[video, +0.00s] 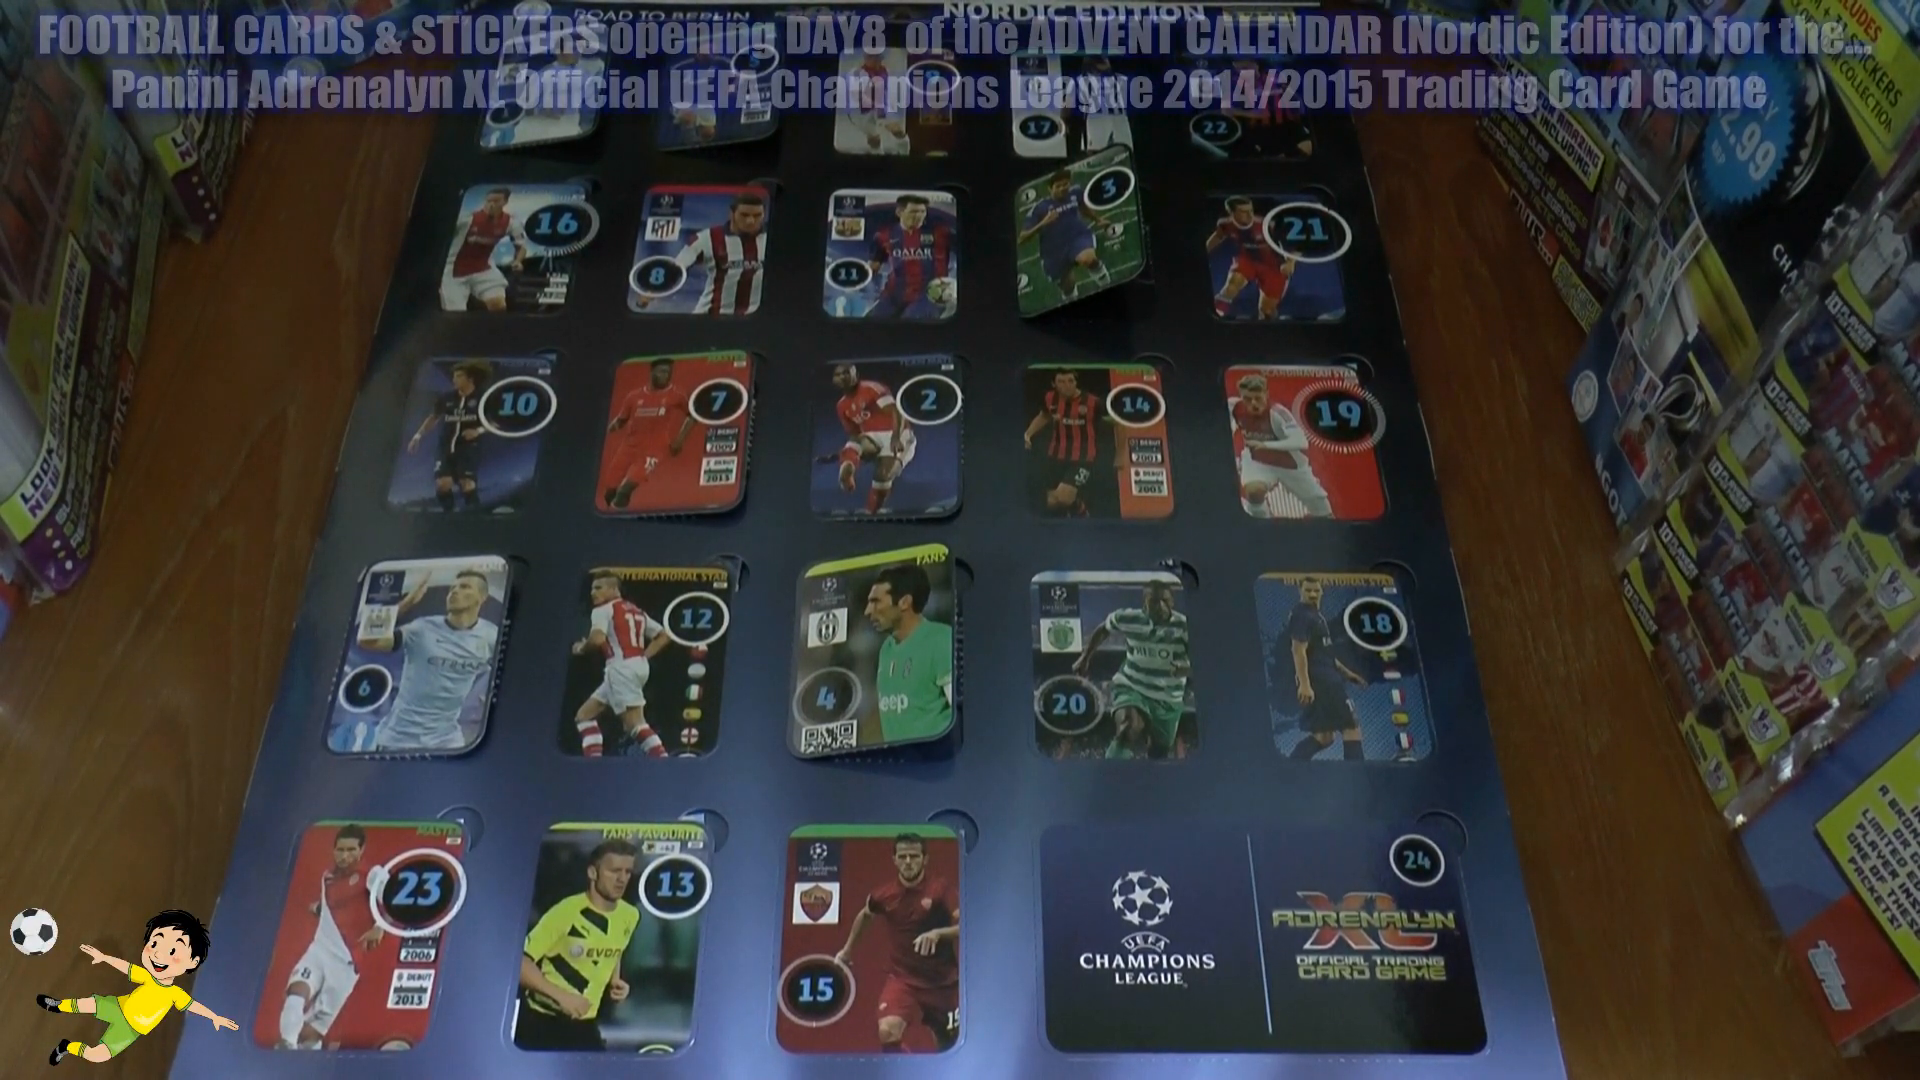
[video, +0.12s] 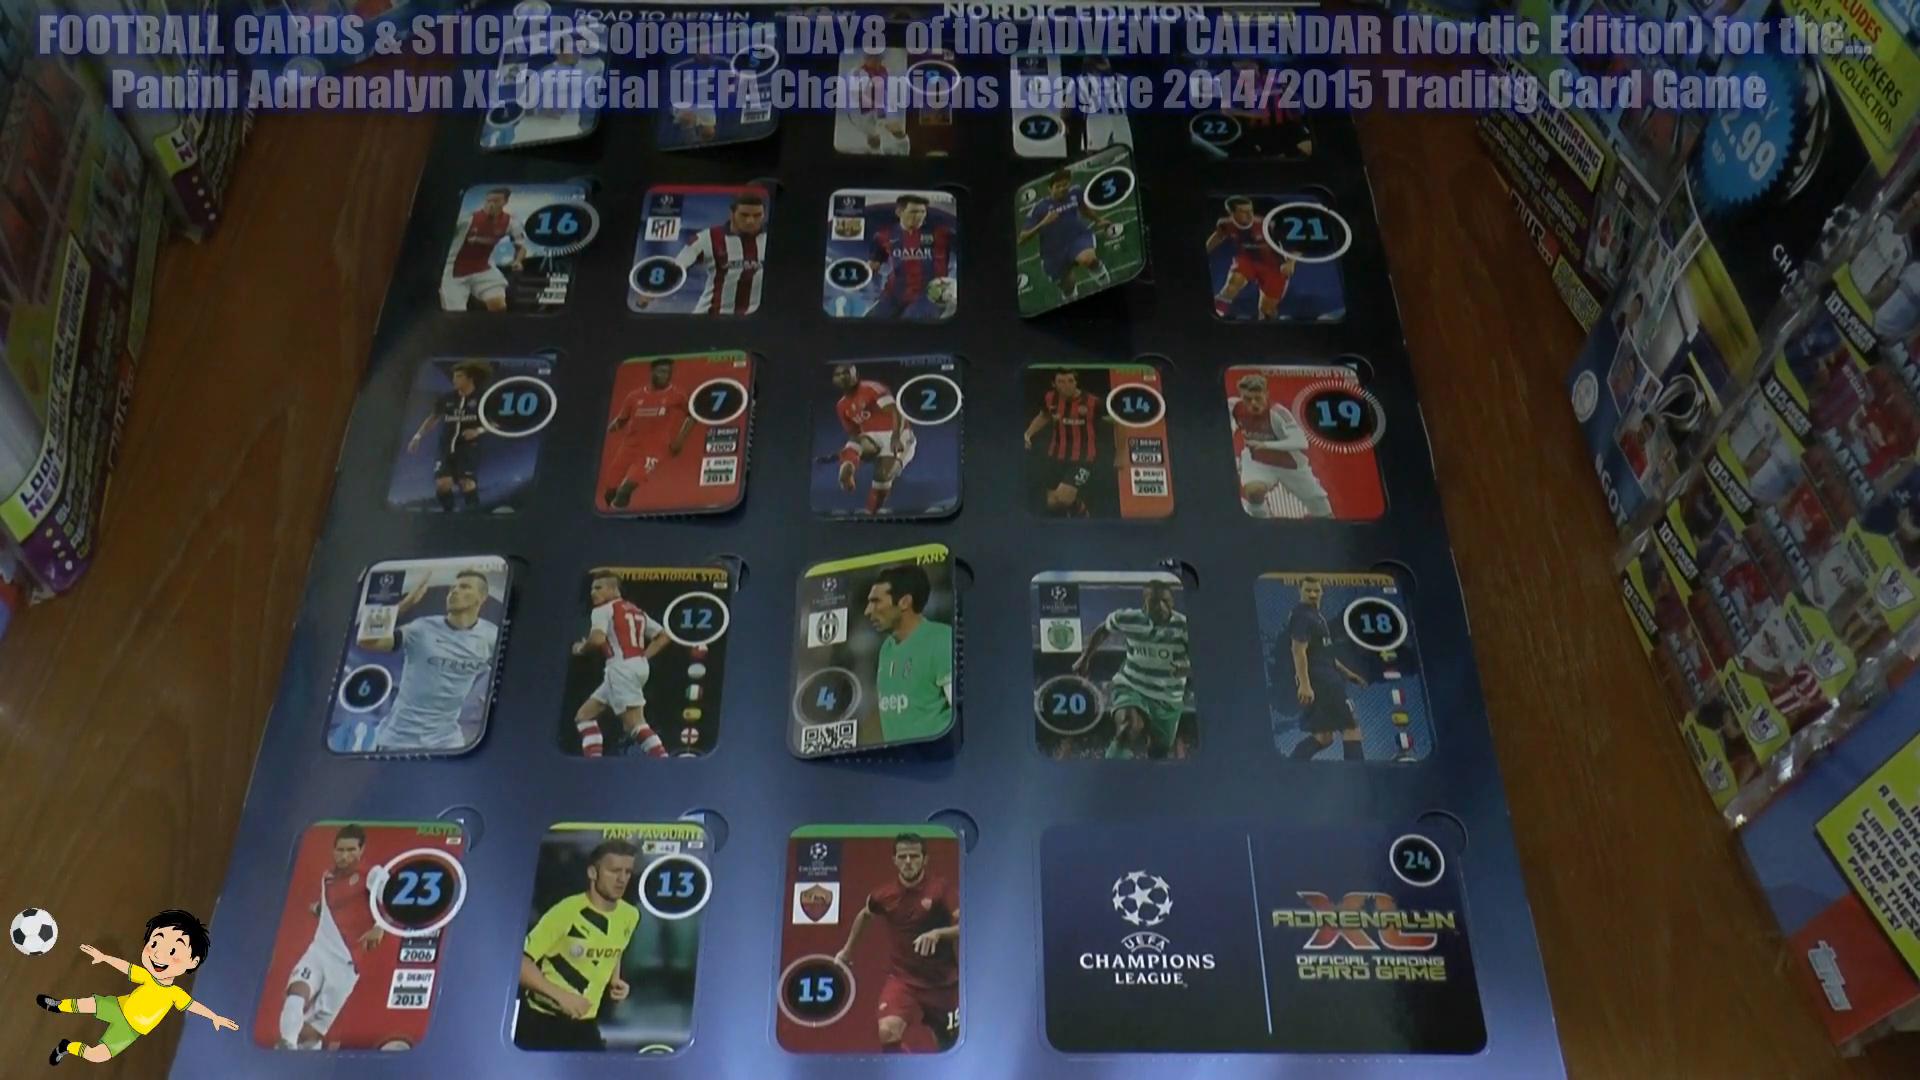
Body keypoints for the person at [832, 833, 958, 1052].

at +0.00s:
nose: (908, 863)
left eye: (914, 856)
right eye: (902, 857)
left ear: (924, 859)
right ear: (894, 860)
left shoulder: (940, 890)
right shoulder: (882, 896)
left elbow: (965, 926)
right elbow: (864, 916)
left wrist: (938, 933)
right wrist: (846, 950)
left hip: (942, 983)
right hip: (902, 979)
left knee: (950, 1050)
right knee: (888, 1032)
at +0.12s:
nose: (908, 862)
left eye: (914, 856)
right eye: (902, 857)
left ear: (924, 859)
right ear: (894, 860)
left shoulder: (940, 889)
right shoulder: (882, 896)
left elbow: (965, 926)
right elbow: (864, 916)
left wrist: (938, 933)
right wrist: (847, 950)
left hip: (942, 983)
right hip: (902, 979)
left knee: (950, 1050)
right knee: (888, 1032)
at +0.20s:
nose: (908, 862)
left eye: (914, 856)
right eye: (902, 857)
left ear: (924, 859)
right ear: (894, 861)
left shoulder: (941, 889)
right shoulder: (882, 896)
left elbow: (965, 926)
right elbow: (864, 916)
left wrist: (938, 933)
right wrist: (847, 950)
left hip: (942, 983)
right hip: (902, 979)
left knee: (950, 1050)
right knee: (888, 1032)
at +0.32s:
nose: (908, 862)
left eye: (914, 857)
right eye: (902, 857)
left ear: (924, 859)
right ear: (894, 860)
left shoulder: (940, 889)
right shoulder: (882, 896)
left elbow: (965, 926)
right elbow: (864, 916)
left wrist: (938, 933)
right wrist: (847, 950)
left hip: (942, 984)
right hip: (902, 980)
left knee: (952, 1051)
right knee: (888, 1032)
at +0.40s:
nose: (908, 863)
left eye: (914, 857)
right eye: (902, 857)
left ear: (924, 859)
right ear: (894, 861)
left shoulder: (940, 890)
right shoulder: (882, 896)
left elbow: (965, 926)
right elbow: (864, 916)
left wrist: (938, 933)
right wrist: (847, 950)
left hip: (942, 984)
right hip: (902, 980)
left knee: (952, 1051)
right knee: (888, 1032)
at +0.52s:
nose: (908, 863)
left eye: (914, 857)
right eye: (902, 857)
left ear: (924, 859)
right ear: (894, 861)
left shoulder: (940, 890)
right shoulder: (882, 896)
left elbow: (965, 926)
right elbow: (864, 916)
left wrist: (938, 933)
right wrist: (847, 950)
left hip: (942, 984)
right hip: (902, 980)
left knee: (952, 1051)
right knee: (888, 1032)